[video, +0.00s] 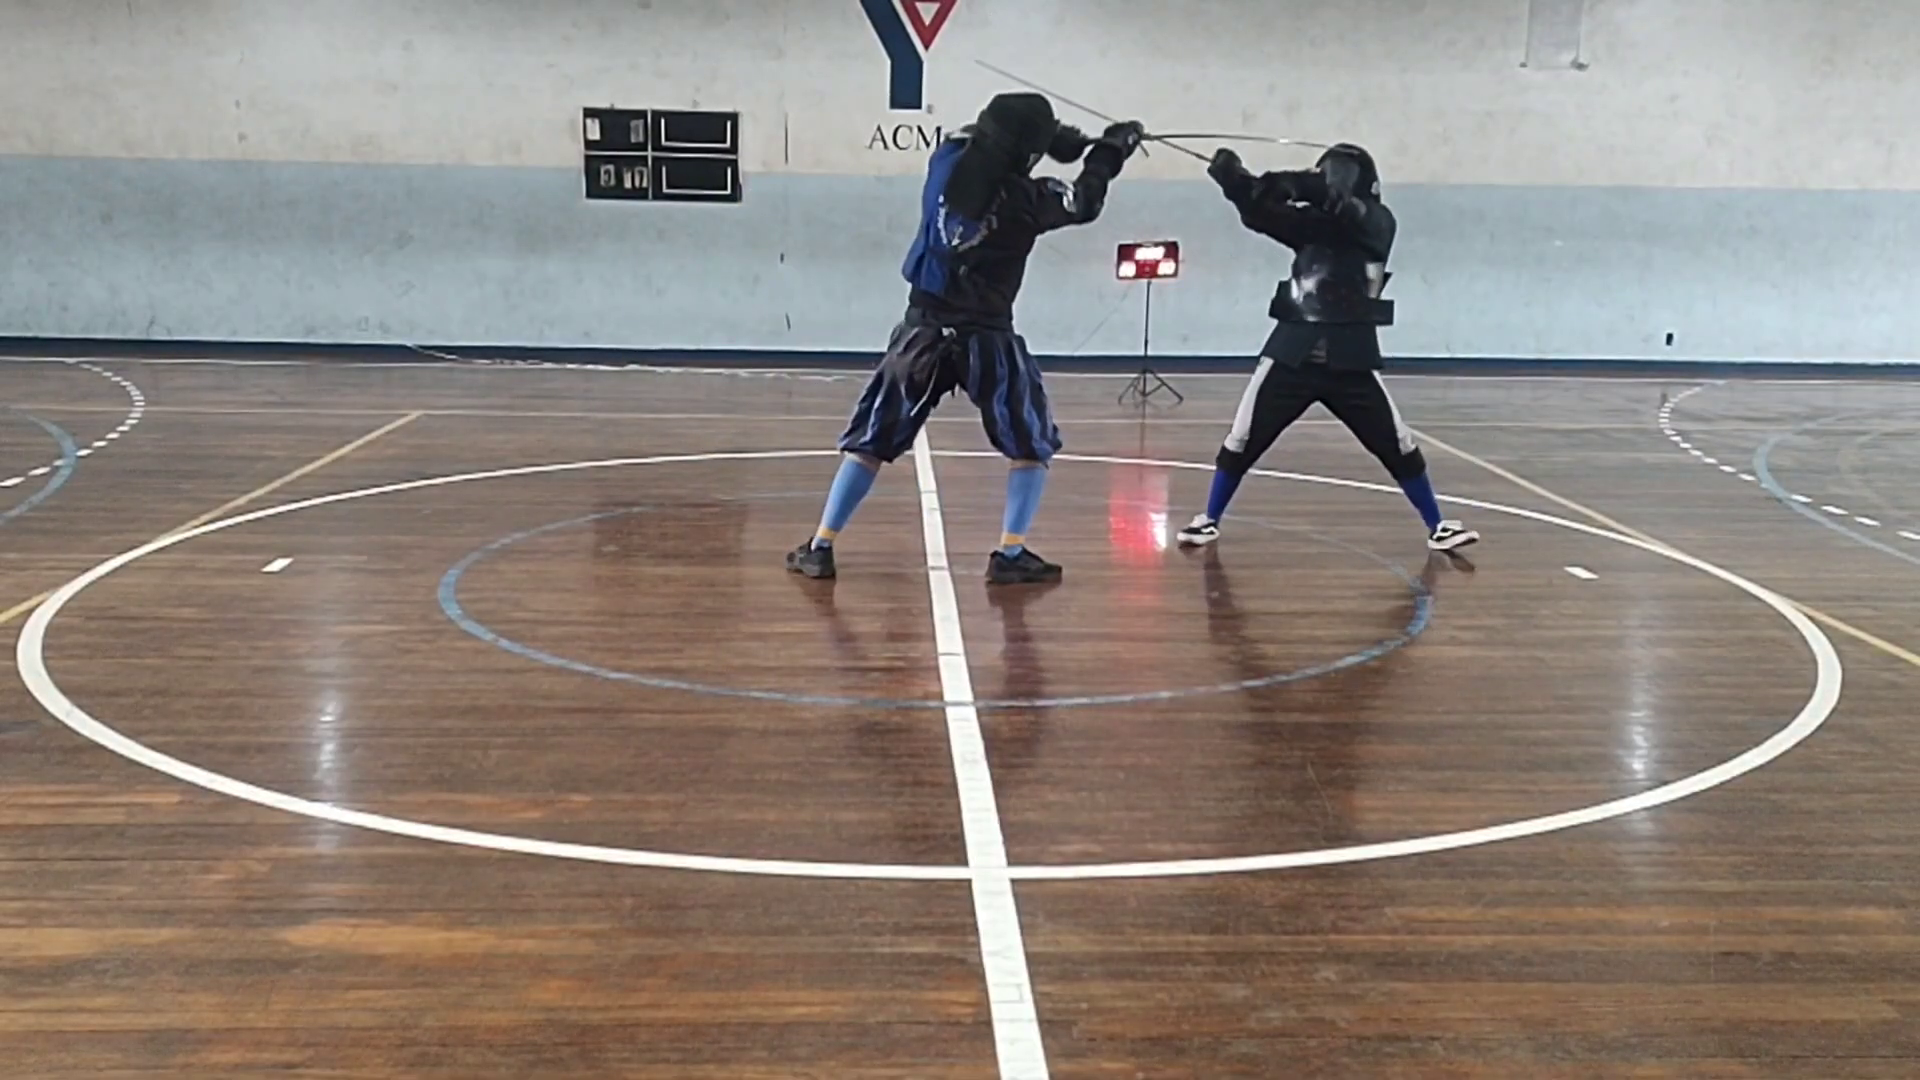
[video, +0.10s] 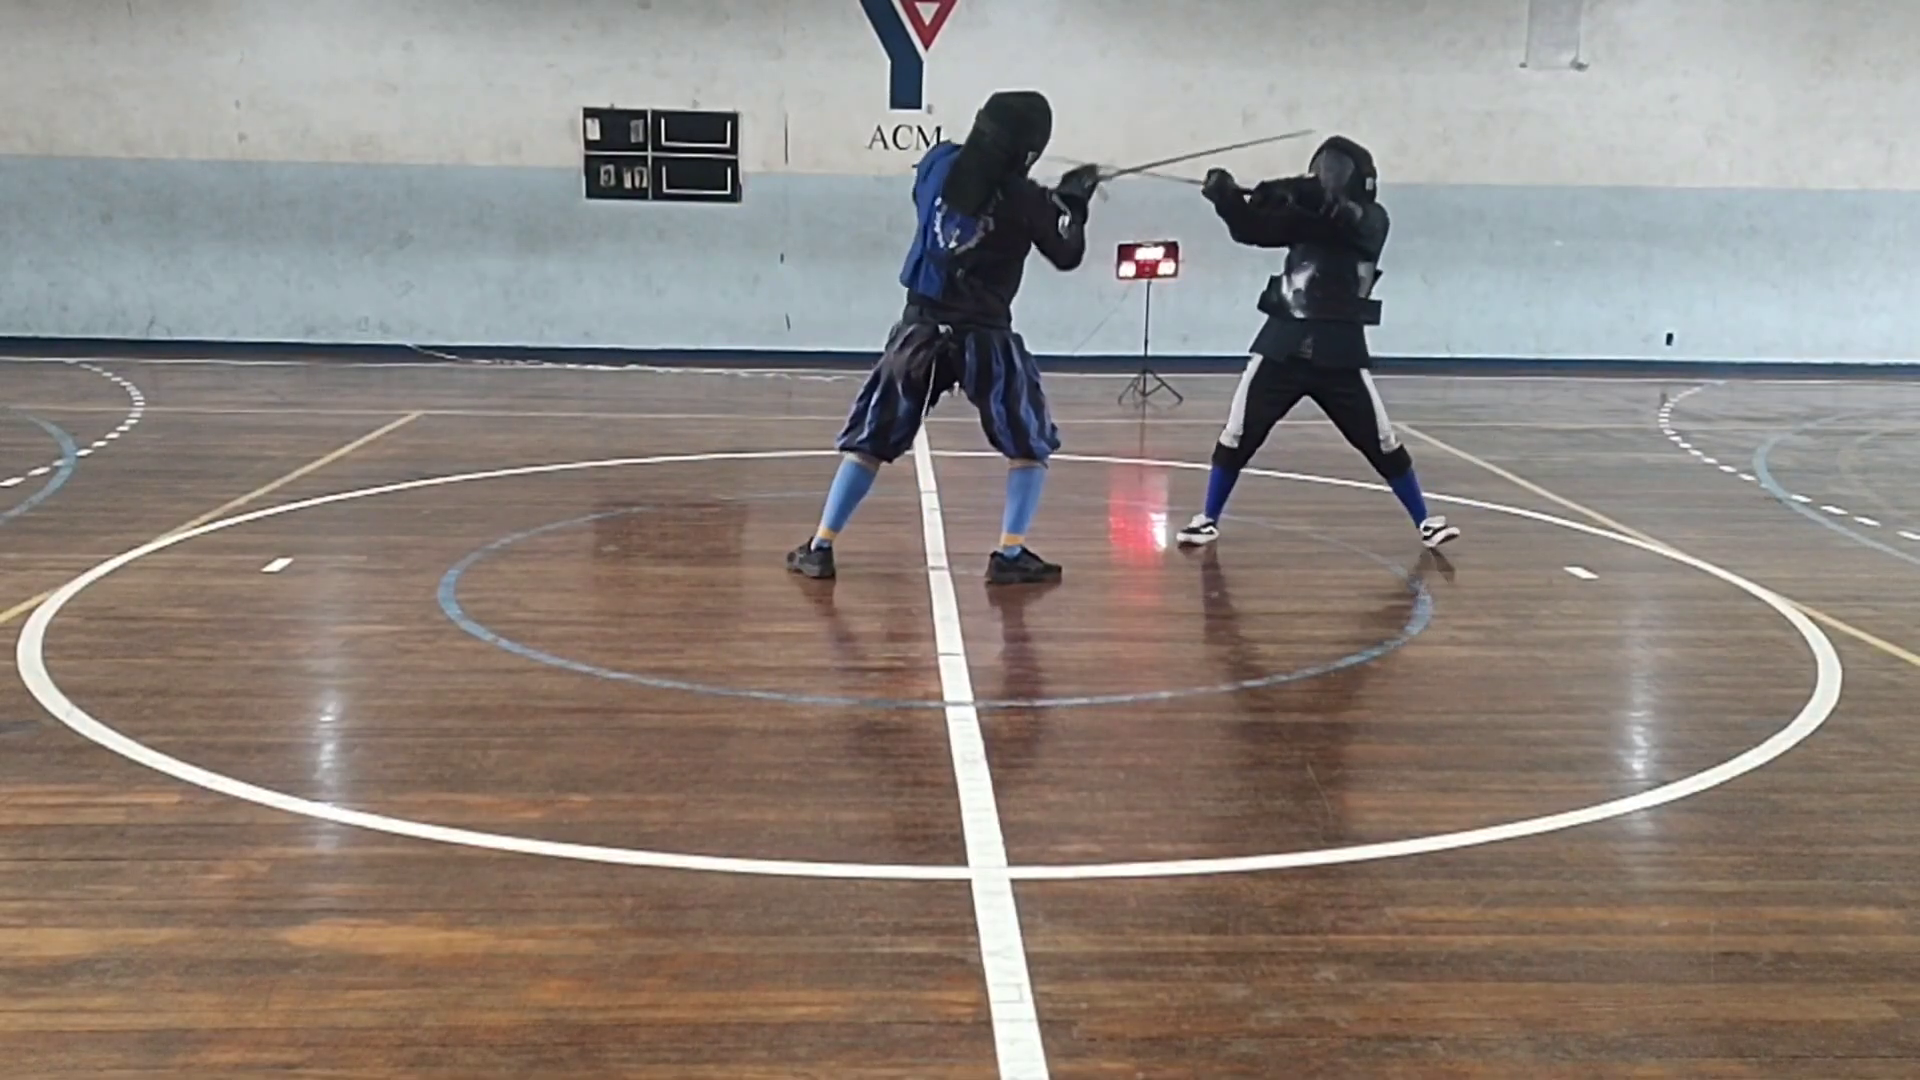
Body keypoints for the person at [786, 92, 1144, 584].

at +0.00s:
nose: (1043, 149)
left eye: (1047, 139)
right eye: (1041, 140)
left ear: (988, 127)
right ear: (1025, 147)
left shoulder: (945, 159)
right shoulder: (1025, 198)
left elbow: (993, 132)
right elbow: (1084, 200)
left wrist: (1056, 138)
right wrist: (1110, 149)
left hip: (921, 329)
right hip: (988, 338)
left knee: (874, 434)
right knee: (1032, 441)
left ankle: (819, 546)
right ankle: (1010, 553)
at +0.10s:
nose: (1039, 152)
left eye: (1038, 144)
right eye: (1039, 144)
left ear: (984, 127)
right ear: (1029, 147)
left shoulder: (939, 162)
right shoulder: (1027, 197)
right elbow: (1067, 255)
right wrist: (1074, 204)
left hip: (919, 331)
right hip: (985, 337)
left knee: (873, 433)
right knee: (1031, 440)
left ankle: (819, 546)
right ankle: (1011, 551)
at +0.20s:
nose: (1032, 158)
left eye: (1033, 148)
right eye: (1032, 149)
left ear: (976, 129)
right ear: (1024, 151)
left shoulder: (924, 172)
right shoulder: (1025, 209)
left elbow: (897, 244)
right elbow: (1034, 294)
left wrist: (947, 245)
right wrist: (1029, 239)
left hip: (916, 333)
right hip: (986, 339)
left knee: (873, 435)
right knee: (1031, 440)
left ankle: (819, 546)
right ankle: (1011, 552)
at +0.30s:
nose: (1024, 156)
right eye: (1024, 147)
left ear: (963, 133)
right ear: (1015, 151)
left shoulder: (910, 186)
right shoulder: (1022, 219)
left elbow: (885, 261)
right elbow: (1014, 306)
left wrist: (905, 306)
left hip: (909, 337)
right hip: (981, 344)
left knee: (861, 434)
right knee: (1030, 440)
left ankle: (818, 546)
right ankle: (1011, 552)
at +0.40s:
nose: (997, 155)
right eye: (995, 145)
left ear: (938, 138)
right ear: (992, 151)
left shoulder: (890, 194)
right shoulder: (1004, 218)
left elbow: (867, 272)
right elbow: (1004, 307)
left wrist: (880, 321)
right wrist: (954, 313)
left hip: (896, 339)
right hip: (968, 345)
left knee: (850, 430)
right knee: (1022, 438)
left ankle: (804, 537)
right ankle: (1011, 551)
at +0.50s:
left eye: (903, 135)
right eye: (961, 144)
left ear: (902, 141)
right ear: (959, 148)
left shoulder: (860, 200)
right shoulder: (975, 213)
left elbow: (842, 282)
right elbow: (982, 303)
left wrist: (862, 328)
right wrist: (934, 310)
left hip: (875, 344)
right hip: (946, 346)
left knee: (841, 438)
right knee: (1005, 443)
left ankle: (784, 528)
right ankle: (1010, 550)